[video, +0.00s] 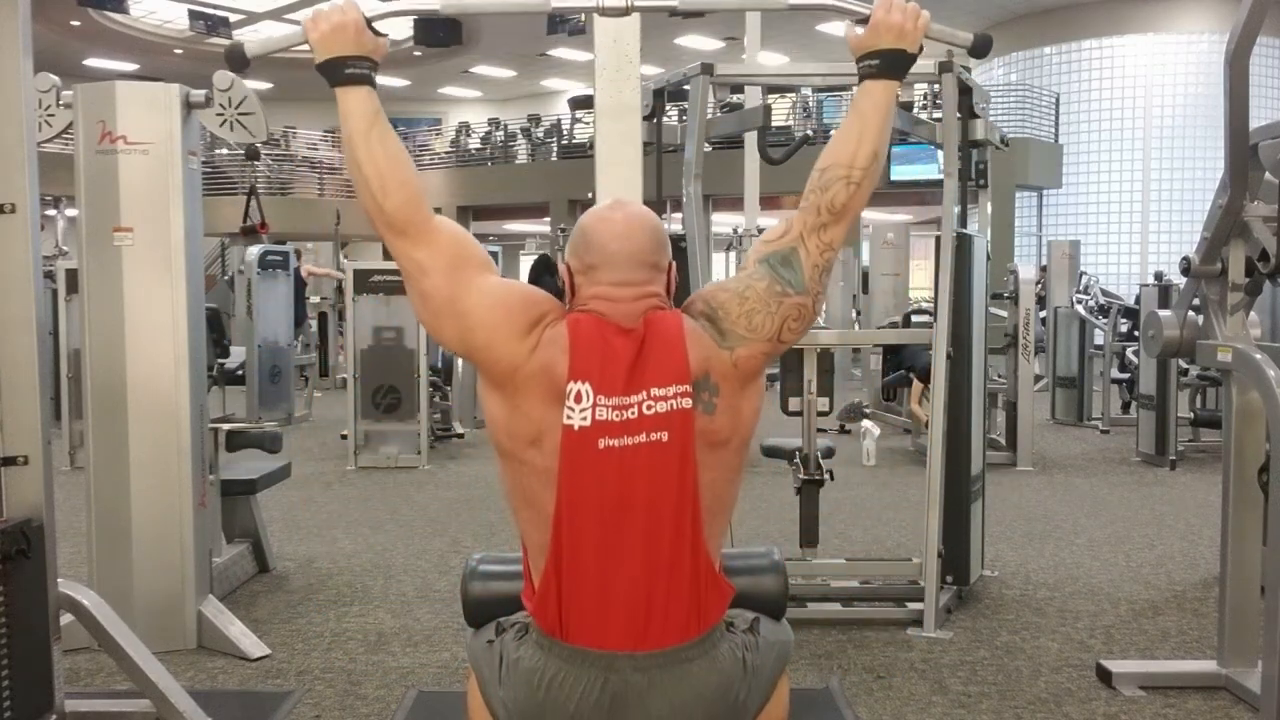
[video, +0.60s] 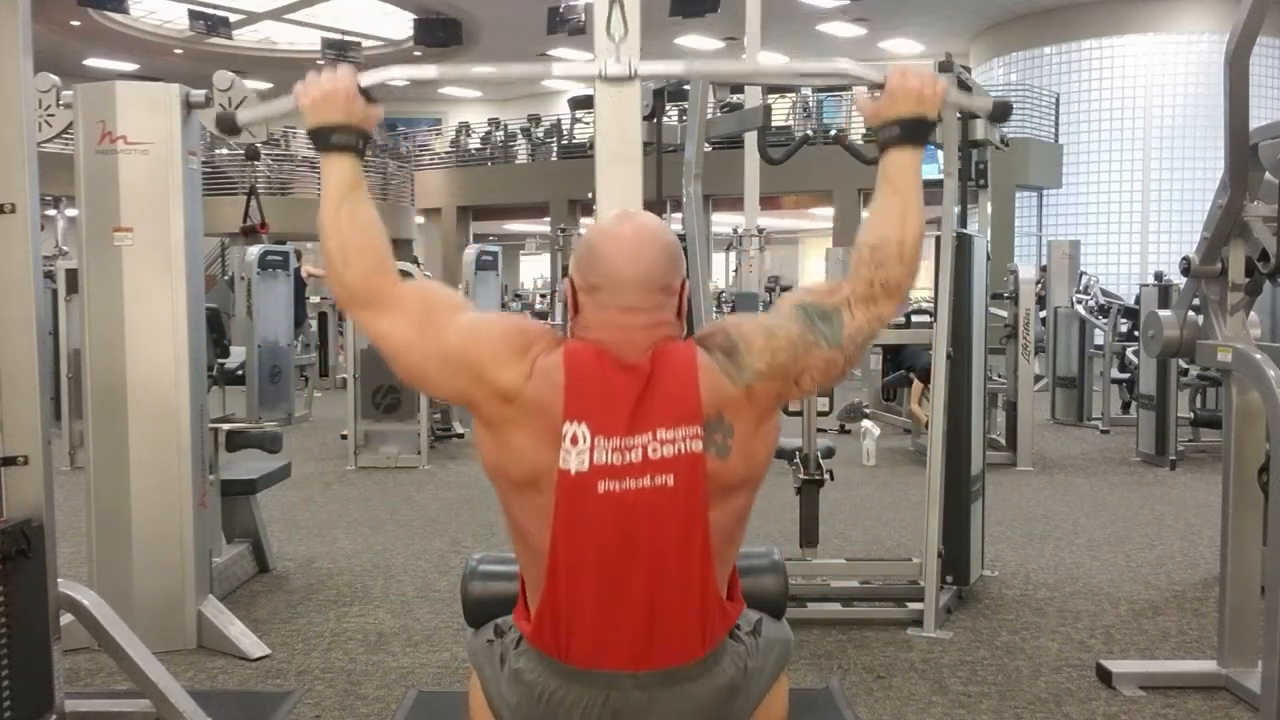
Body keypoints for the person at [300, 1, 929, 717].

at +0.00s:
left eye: (570, 264)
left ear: (568, 280)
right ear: (671, 281)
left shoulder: (515, 339)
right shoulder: (728, 343)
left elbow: (405, 222)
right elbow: (827, 214)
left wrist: (348, 70)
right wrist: (885, 67)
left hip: (556, 682)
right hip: (697, 681)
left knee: (488, 667)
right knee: (769, 646)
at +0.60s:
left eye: (573, 279)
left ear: (572, 300)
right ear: (681, 297)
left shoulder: (508, 370)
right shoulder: (747, 368)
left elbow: (366, 289)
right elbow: (875, 293)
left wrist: (337, 142)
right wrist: (905, 139)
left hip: (556, 693)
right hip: (701, 690)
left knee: (489, 659)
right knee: (768, 648)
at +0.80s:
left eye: (568, 319)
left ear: (568, 342)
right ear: (683, 340)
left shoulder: (500, 430)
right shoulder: (756, 429)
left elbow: (344, 383)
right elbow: (902, 388)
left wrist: (326, 237)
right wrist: (917, 237)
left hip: (549, 693)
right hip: (703, 691)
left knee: (491, 630)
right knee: (769, 645)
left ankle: (484, 708)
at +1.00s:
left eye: (567, 360)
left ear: (565, 379)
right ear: (688, 381)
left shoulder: (492, 490)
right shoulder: (758, 489)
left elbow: (330, 494)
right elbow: (906, 496)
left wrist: (322, 348)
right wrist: (915, 350)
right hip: (711, 694)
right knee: (769, 625)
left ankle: (486, 703)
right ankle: (777, 707)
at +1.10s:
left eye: (565, 367)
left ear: (564, 389)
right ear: (688, 391)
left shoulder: (489, 507)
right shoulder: (762, 506)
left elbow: (332, 545)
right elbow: (899, 544)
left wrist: (320, 399)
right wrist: (909, 399)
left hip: (541, 704)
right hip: (708, 703)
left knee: (488, 631)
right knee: (768, 637)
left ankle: (479, 705)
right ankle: (782, 704)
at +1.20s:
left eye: (561, 377)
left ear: (564, 398)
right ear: (688, 400)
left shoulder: (486, 522)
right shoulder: (761, 523)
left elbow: (340, 592)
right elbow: (887, 588)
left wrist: (320, 441)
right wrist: (906, 442)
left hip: (533, 706)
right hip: (700, 706)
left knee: (488, 654)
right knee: (769, 624)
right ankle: (778, 703)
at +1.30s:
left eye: (563, 388)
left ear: (564, 409)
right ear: (687, 415)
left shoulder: (486, 536)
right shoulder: (761, 532)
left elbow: (345, 624)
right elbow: (878, 618)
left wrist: (323, 477)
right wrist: (904, 474)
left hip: (533, 706)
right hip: (700, 707)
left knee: (482, 673)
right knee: (769, 639)